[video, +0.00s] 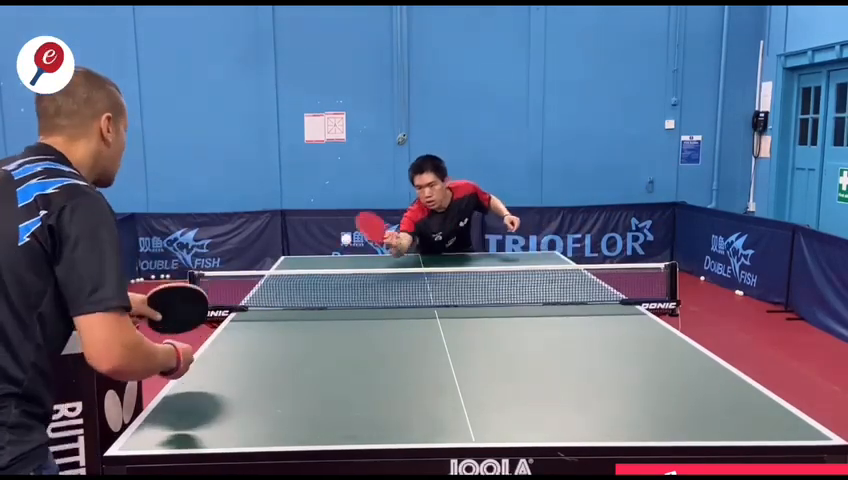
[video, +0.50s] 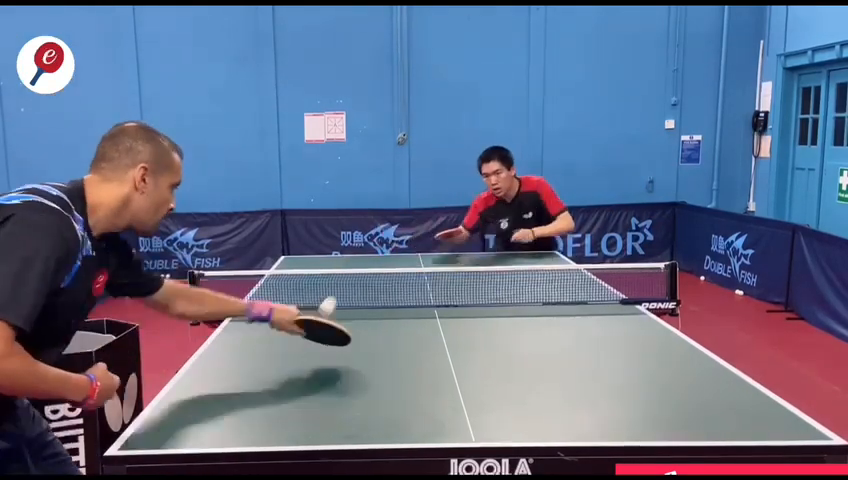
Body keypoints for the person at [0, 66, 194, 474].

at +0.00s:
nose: (123, 149)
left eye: (126, 135)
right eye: (124, 134)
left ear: (48, 125)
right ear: (106, 128)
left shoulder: (8, 174)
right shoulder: (77, 202)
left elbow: (30, 294)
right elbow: (112, 353)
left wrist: (116, 303)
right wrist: (168, 357)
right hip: (15, 442)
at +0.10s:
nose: (134, 163)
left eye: (137, 149)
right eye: (136, 148)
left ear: (60, 134)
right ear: (115, 139)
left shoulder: (12, 180)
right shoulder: (77, 205)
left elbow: (32, 299)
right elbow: (97, 357)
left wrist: (121, 320)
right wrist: (159, 367)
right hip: (12, 443)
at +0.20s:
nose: (150, 181)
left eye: (154, 168)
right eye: (152, 165)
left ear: (79, 146)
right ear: (129, 154)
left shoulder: (16, 193)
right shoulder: (77, 211)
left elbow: (34, 314)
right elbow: (75, 360)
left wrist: (134, 331)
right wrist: (147, 375)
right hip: (12, 441)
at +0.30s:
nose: (165, 193)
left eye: (169, 180)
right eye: (166, 177)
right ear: (142, 166)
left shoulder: (38, 195)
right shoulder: (75, 217)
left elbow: (61, 317)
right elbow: (45, 360)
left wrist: (151, 325)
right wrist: (132, 381)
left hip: (16, 429)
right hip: (10, 438)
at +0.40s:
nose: (176, 204)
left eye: (179, 190)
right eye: (176, 187)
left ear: (146, 177)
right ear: (148, 176)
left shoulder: (82, 224)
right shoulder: (64, 226)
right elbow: (16, 360)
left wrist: (198, 319)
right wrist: (110, 386)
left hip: (18, 416)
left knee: (63, 470)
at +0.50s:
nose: (173, 205)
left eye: (176, 191)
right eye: (172, 189)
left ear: (139, 180)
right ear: (141, 179)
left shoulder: (102, 236)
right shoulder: (42, 229)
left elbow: (174, 298)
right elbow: (2, 354)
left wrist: (267, 311)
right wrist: (84, 387)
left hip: (16, 406)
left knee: (64, 472)